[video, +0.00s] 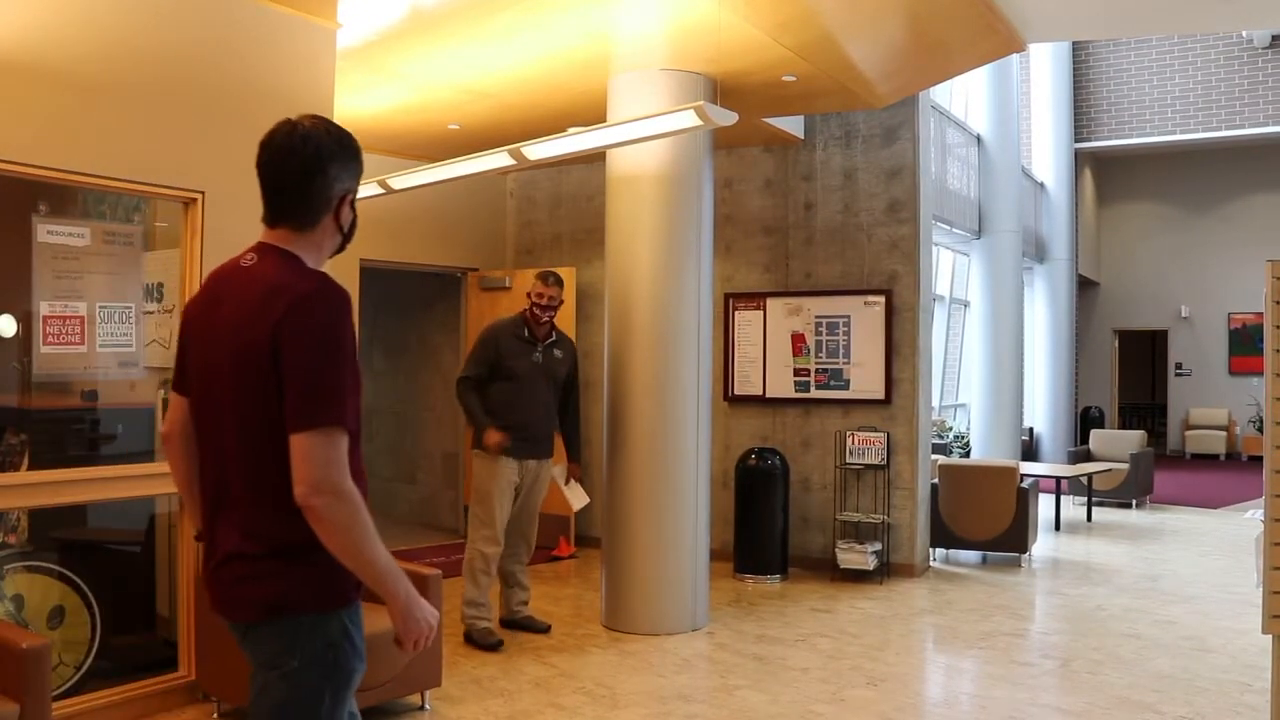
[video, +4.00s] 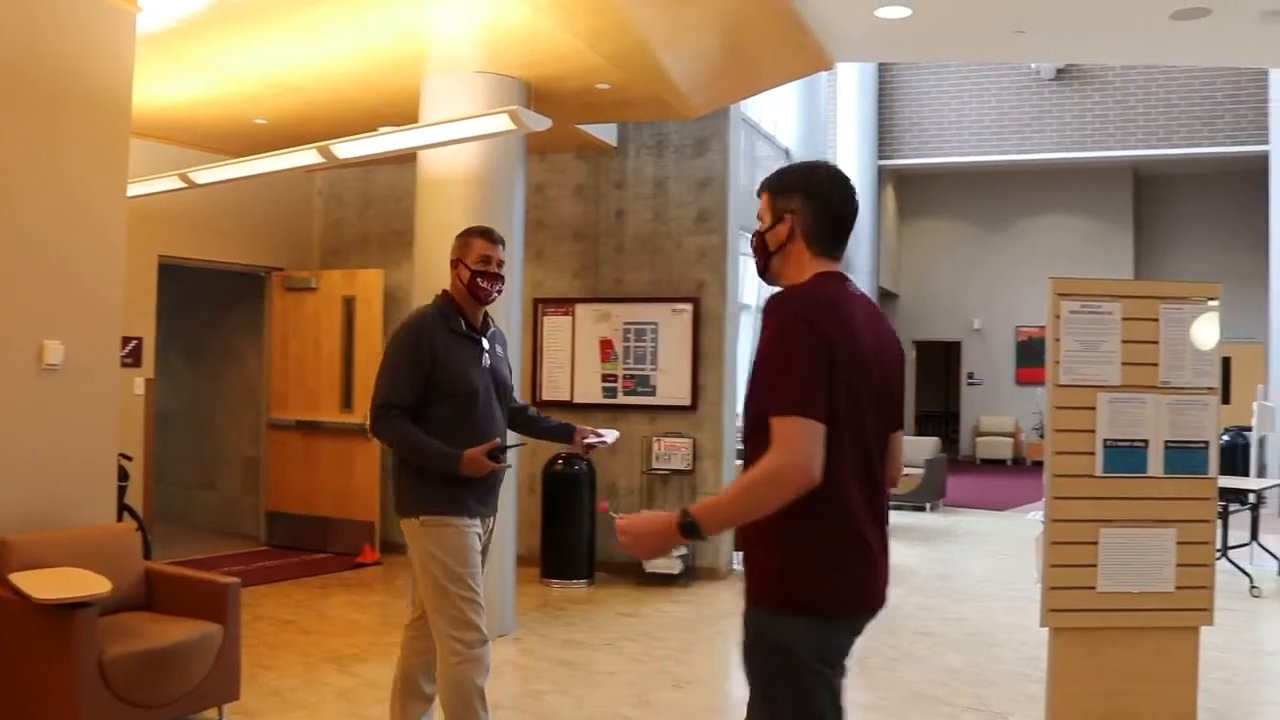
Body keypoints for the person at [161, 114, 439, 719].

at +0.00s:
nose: (355, 212)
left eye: (356, 195)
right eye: (356, 196)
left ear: (269, 192)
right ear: (344, 206)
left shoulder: (211, 294)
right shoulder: (315, 300)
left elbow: (177, 432)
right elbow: (320, 485)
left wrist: (209, 526)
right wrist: (403, 597)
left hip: (240, 578)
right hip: (303, 592)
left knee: (322, 702)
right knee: (302, 709)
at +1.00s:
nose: (440, 225)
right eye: (442, 212)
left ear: (363, 211)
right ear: (432, 221)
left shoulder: (311, 295)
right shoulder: (410, 297)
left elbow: (273, 421)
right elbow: (437, 452)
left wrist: (345, 460)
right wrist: (568, 492)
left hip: (336, 554)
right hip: (408, 559)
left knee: (363, 711)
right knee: (467, 709)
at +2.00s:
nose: (603, 226)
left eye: (601, 210)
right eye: (603, 213)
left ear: (523, 211)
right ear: (591, 219)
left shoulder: (456, 297)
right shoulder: (589, 302)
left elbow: (406, 429)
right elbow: (630, 466)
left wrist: (447, 465)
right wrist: (758, 502)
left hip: (486, 569)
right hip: (564, 578)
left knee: (546, 704)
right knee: (561, 711)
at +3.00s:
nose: (648, 220)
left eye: (649, 211)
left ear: (654, 220)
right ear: (722, 227)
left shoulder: (597, 306)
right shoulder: (756, 314)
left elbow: (549, 438)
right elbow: (792, 467)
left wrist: (515, 484)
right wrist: (810, 474)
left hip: (620, 560)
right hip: (725, 564)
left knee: (608, 713)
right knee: (754, 711)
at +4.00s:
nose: (755, 237)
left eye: (761, 222)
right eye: (757, 223)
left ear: (790, 227)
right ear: (834, 232)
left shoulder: (797, 311)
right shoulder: (875, 324)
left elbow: (796, 462)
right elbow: (889, 468)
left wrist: (681, 525)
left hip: (795, 587)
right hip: (847, 582)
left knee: (795, 714)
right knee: (784, 710)